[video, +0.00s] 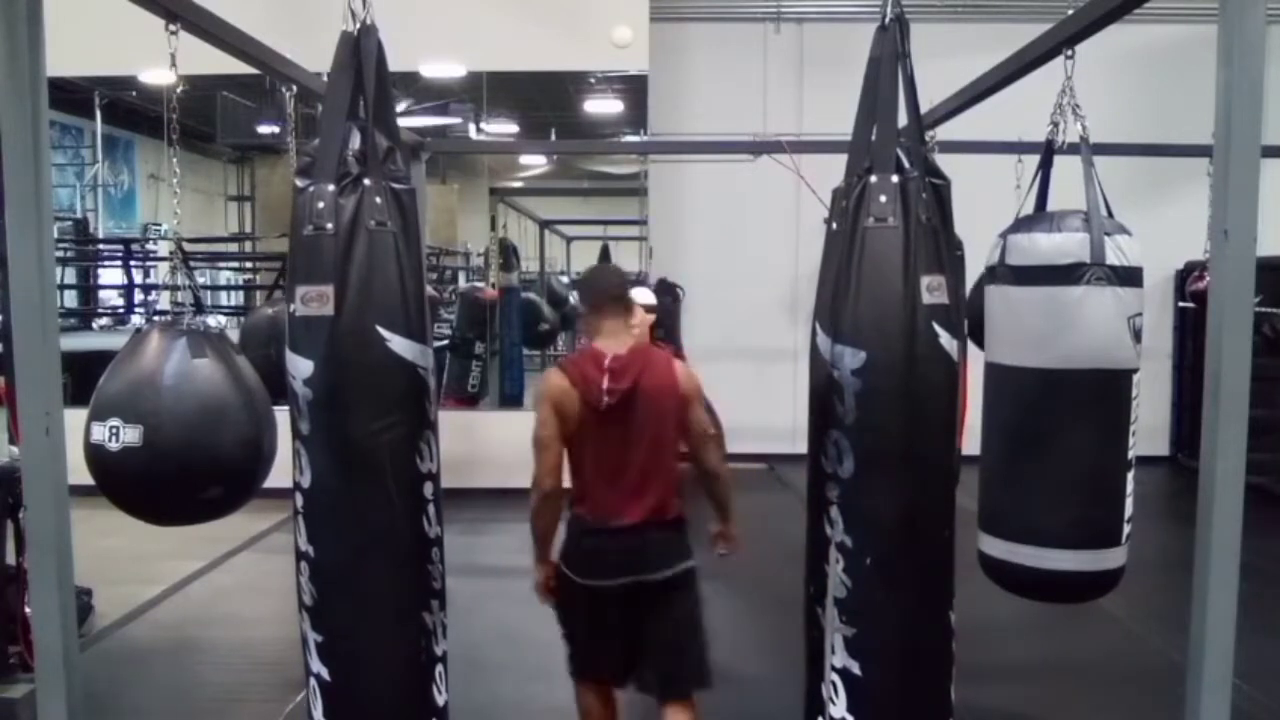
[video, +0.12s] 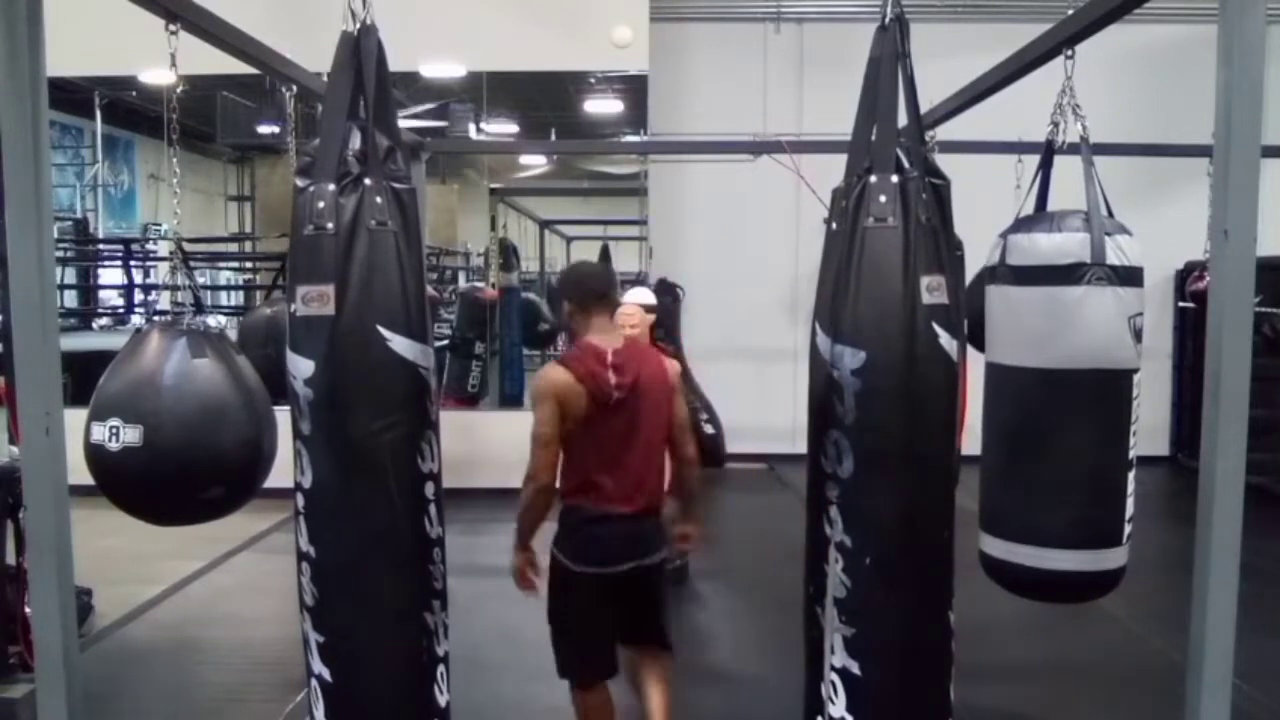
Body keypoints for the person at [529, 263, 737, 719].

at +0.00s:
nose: (643, 315)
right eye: (639, 308)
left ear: (583, 314)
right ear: (630, 309)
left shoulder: (558, 384)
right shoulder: (677, 375)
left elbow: (549, 486)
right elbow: (711, 463)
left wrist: (543, 559)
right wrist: (725, 520)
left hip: (590, 561)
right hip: (664, 557)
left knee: (593, 684)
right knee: (678, 693)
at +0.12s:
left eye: (559, 307)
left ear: (567, 310)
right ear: (615, 304)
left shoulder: (555, 379)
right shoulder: (664, 368)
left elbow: (543, 482)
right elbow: (687, 456)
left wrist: (523, 543)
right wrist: (689, 515)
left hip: (583, 545)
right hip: (645, 538)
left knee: (588, 680)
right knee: (649, 650)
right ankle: (658, 713)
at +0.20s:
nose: (555, 315)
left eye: (556, 307)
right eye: (557, 307)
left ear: (566, 308)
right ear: (612, 305)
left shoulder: (558, 377)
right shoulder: (659, 366)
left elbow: (548, 477)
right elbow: (681, 451)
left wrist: (520, 537)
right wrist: (671, 503)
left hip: (585, 536)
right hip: (642, 527)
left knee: (586, 675)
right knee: (635, 645)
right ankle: (646, 714)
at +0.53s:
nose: (533, 322)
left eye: (543, 312)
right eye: (531, 312)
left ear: (575, 308)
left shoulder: (607, 368)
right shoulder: (560, 366)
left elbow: (621, 461)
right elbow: (563, 441)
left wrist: (585, 537)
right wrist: (549, 498)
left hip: (605, 504)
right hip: (573, 502)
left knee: (590, 649)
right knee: (580, 645)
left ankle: (604, 715)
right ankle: (598, 713)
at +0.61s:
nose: (534, 320)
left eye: (543, 310)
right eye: (531, 310)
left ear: (574, 307)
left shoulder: (609, 363)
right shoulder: (557, 359)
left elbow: (629, 452)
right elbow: (554, 428)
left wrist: (607, 534)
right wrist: (527, 489)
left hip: (604, 508)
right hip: (572, 507)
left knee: (596, 641)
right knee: (576, 638)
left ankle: (611, 714)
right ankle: (589, 711)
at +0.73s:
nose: (545, 313)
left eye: (556, 305)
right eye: (542, 304)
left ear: (585, 305)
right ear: (540, 304)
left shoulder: (623, 360)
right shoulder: (546, 357)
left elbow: (657, 440)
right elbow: (532, 424)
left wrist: (658, 517)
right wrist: (494, 481)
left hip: (616, 505)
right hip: (566, 507)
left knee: (625, 626)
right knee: (572, 618)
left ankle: (643, 713)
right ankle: (590, 709)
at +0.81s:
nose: (567, 307)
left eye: (578, 298)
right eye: (561, 299)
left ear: (604, 300)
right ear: (554, 302)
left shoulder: (635, 359)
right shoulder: (547, 356)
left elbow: (660, 437)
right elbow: (531, 422)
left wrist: (671, 511)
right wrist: (496, 483)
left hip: (623, 503)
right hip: (567, 505)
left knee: (641, 619)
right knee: (571, 615)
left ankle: (662, 708)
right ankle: (589, 708)